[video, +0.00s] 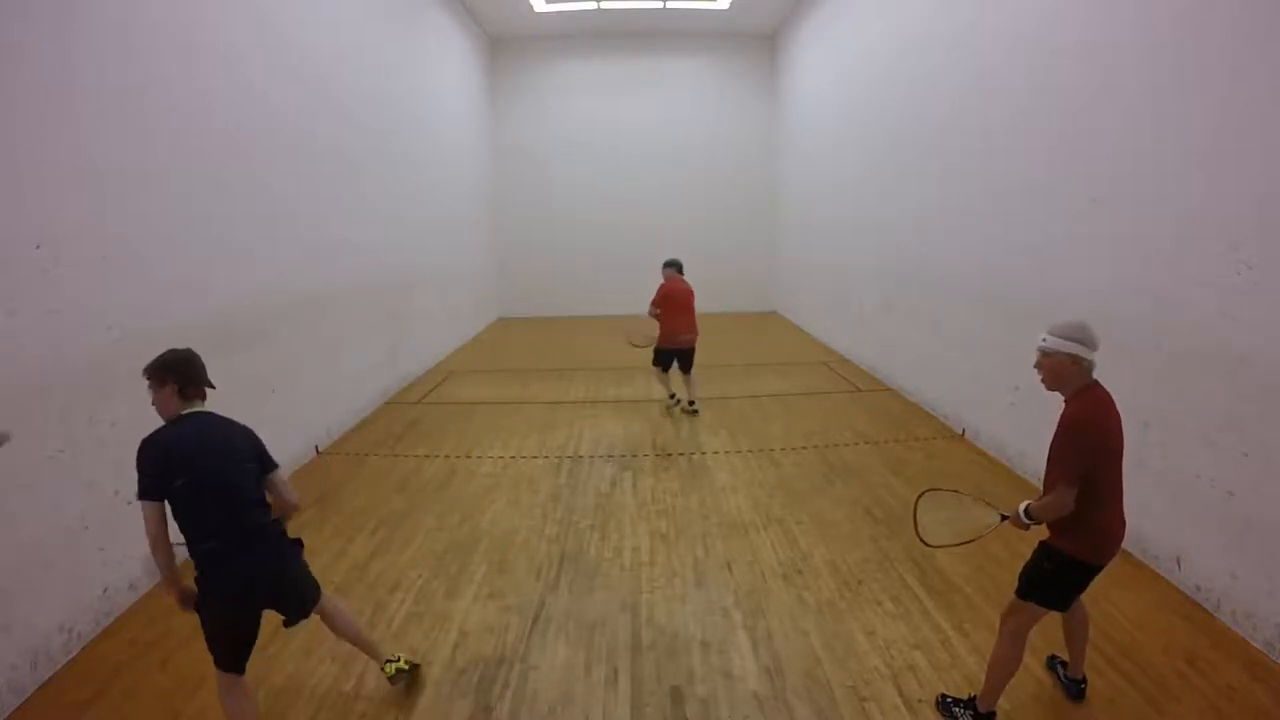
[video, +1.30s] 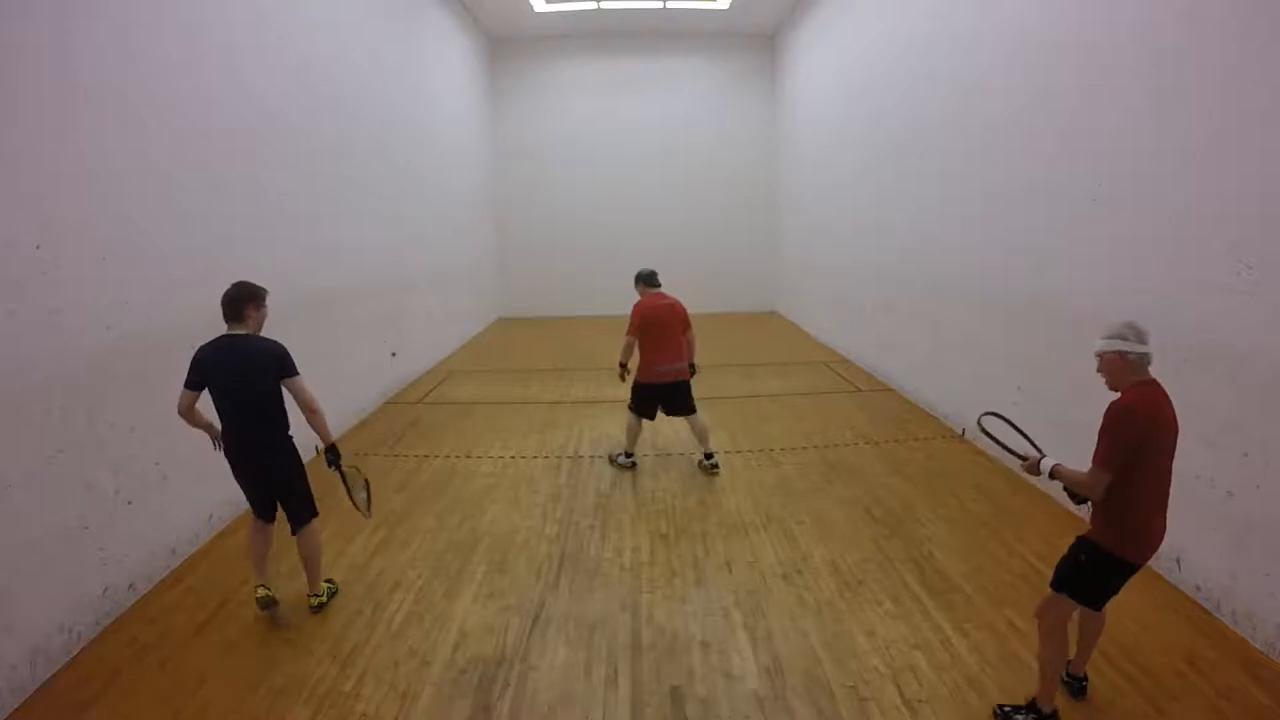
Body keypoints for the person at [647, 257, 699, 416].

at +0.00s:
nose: (663, 276)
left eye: (664, 272)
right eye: (663, 272)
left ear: (671, 271)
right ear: (680, 272)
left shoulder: (665, 288)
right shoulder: (688, 288)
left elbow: (652, 310)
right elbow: (683, 310)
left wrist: (667, 317)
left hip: (668, 339)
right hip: (688, 340)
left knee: (660, 368)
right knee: (686, 371)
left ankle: (671, 395)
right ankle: (691, 402)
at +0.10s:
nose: (665, 279)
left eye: (666, 275)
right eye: (665, 275)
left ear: (672, 273)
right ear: (682, 273)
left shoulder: (667, 289)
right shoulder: (694, 290)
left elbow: (655, 313)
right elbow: (702, 313)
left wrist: (669, 323)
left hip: (672, 343)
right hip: (693, 342)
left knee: (667, 376)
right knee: (689, 371)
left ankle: (679, 404)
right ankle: (693, 404)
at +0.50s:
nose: (672, 280)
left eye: (673, 276)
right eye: (672, 276)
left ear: (680, 275)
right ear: (692, 276)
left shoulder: (672, 295)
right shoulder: (706, 295)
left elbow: (660, 324)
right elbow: (718, 323)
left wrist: (650, 347)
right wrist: (721, 345)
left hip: (680, 360)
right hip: (705, 359)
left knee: (684, 397)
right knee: (706, 394)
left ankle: (693, 430)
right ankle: (713, 425)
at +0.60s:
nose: (675, 284)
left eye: (676, 280)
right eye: (675, 280)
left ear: (680, 279)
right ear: (695, 279)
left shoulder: (675, 299)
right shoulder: (710, 299)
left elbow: (663, 327)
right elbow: (717, 329)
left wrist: (652, 353)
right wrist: (709, 349)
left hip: (682, 365)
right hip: (708, 365)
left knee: (684, 398)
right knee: (709, 403)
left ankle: (693, 431)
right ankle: (714, 444)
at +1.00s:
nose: (670, 285)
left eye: (670, 281)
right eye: (670, 282)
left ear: (674, 280)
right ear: (692, 279)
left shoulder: (670, 302)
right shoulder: (708, 302)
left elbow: (659, 334)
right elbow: (716, 337)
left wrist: (656, 356)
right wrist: (711, 359)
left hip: (674, 370)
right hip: (702, 370)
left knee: (663, 402)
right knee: (707, 414)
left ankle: (665, 443)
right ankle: (712, 459)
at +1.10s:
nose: (662, 287)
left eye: (662, 284)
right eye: (662, 284)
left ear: (665, 282)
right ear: (683, 281)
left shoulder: (663, 304)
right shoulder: (701, 303)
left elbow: (652, 336)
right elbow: (711, 336)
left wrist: (646, 356)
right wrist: (710, 359)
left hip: (668, 372)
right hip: (698, 371)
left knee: (650, 405)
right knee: (705, 414)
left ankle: (645, 448)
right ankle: (712, 460)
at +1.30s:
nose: (638, 292)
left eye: (637, 289)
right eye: (637, 289)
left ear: (641, 286)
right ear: (657, 284)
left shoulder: (641, 307)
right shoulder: (676, 304)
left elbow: (630, 341)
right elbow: (690, 336)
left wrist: (623, 363)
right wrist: (691, 361)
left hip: (650, 376)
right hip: (679, 374)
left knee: (636, 414)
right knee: (692, 415)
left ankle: (628, 455)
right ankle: (709, 457)